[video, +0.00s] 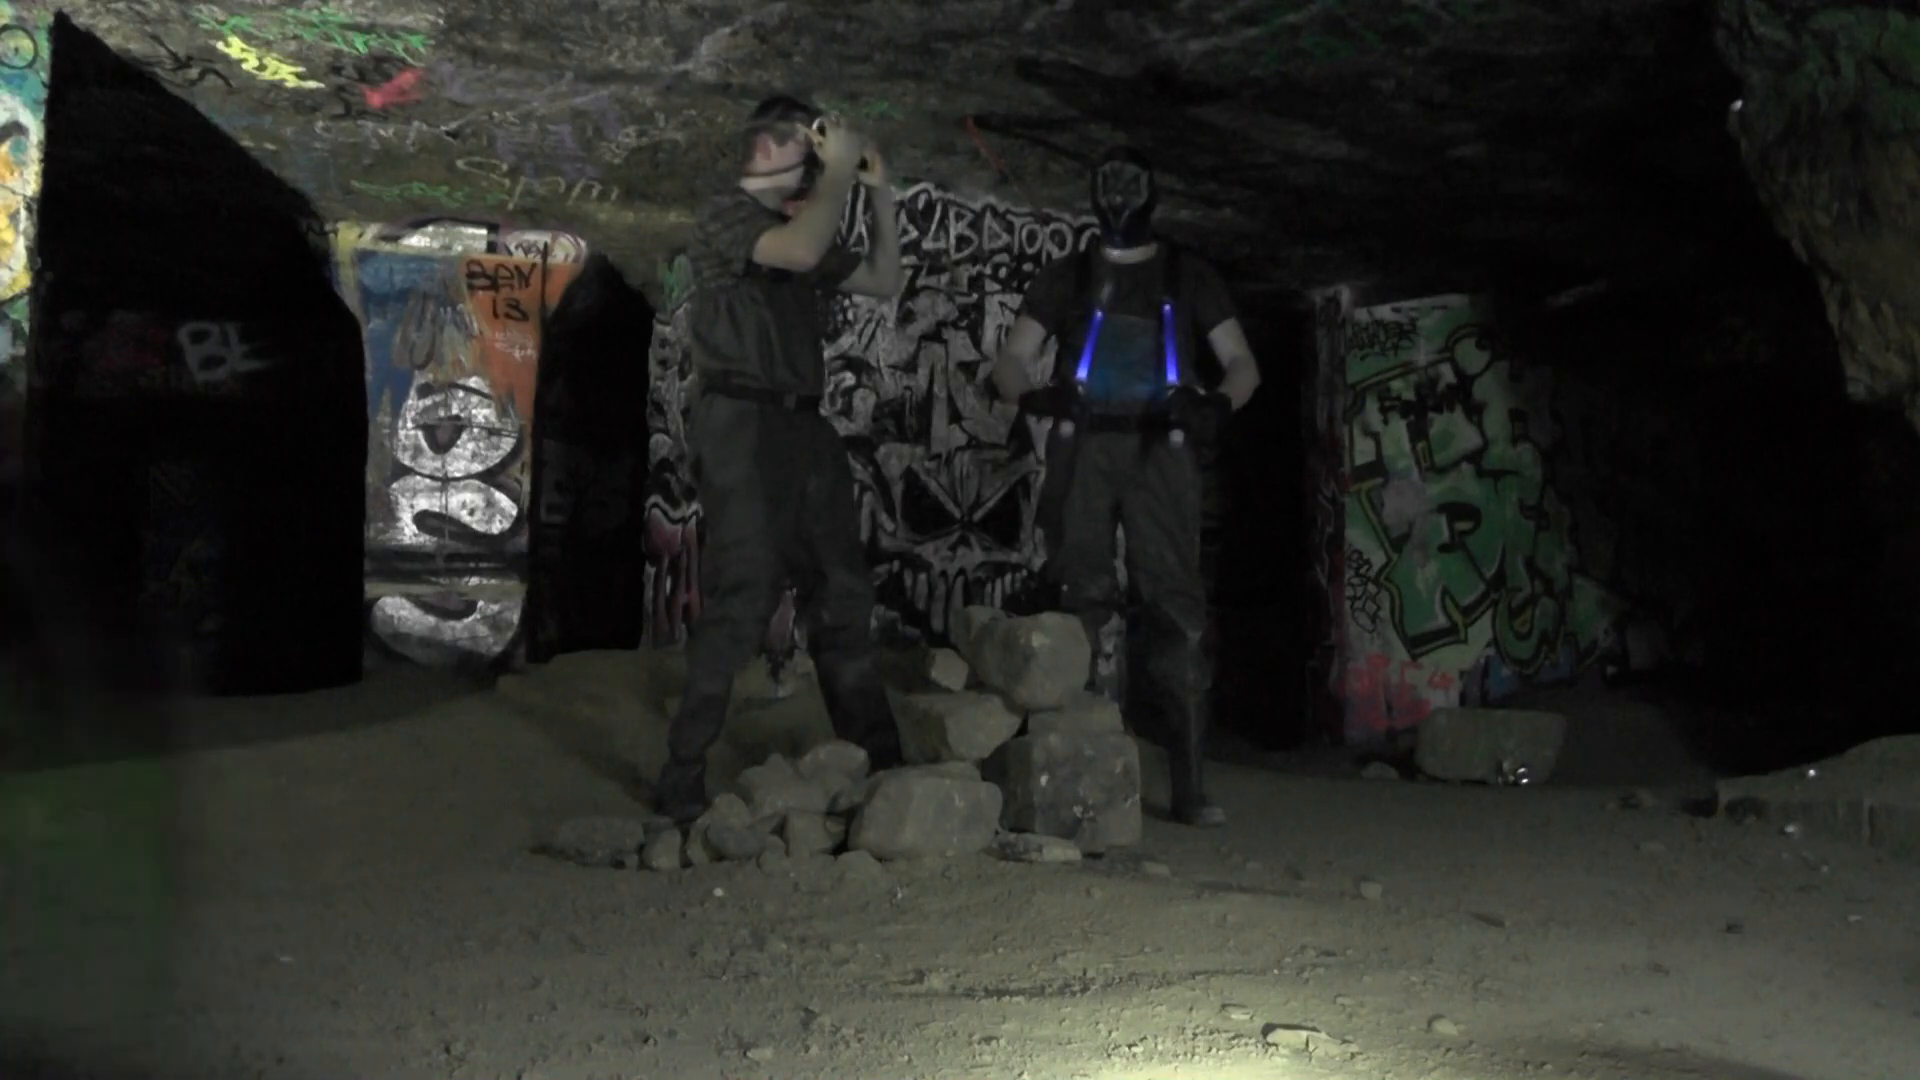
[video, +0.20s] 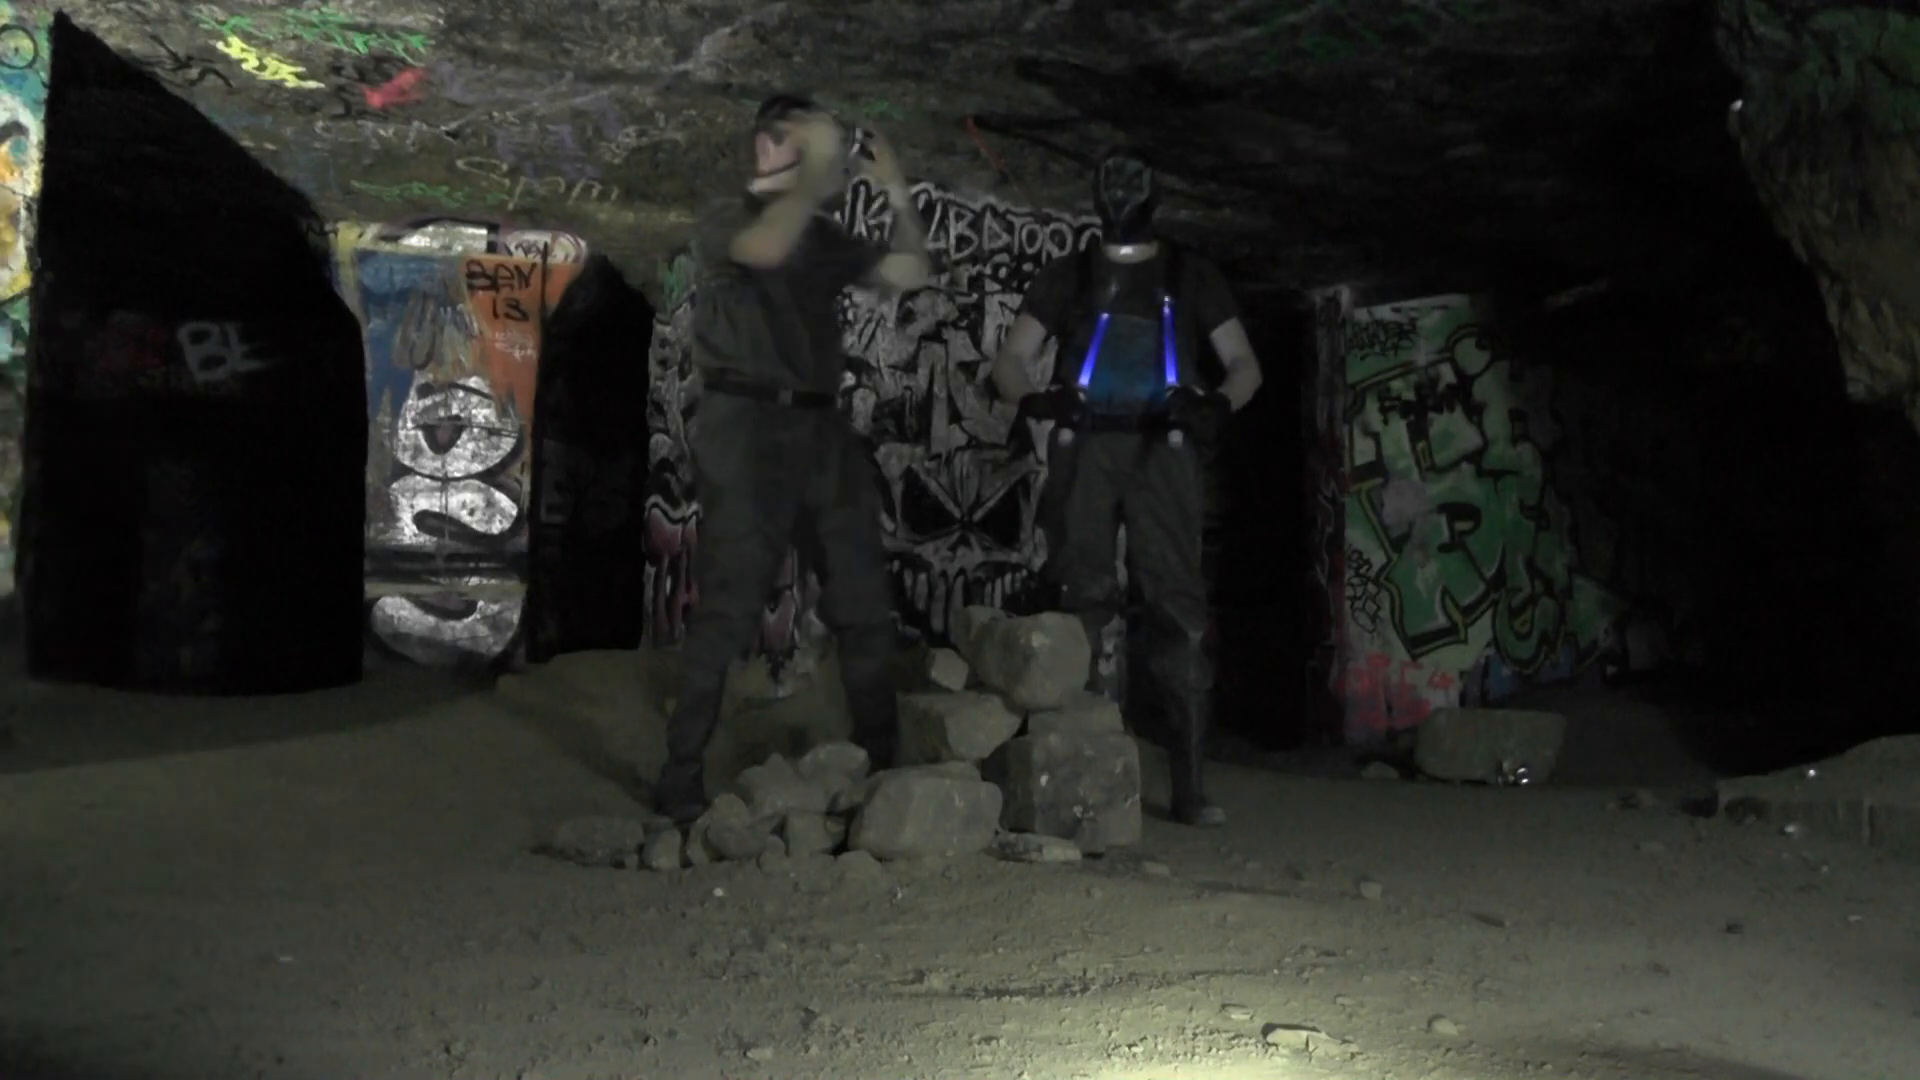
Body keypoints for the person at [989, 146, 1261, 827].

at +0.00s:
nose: (1119, 202)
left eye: (1130, 187)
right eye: (1108, 188)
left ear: (1151, 196)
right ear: (1093, 197)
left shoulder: (1187, 276)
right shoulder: (1065, 276)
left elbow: (1244, 369)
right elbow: (1009, 367)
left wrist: (1212, 407)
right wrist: (1037, 393)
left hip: (1165, 462)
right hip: (1083, 461)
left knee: (1176, 615)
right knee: (1078, 612)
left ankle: (1187, 786)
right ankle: (1072, 782)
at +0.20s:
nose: (1122, 212)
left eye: (1133, 198)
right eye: (1110, 199)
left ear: (1151, 200)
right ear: (1096, 202)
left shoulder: (1191, 277)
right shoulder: (1066, 278)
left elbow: (1246, 370)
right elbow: (1007, 367)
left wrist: (1212, 408)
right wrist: (1036, 397)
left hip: (1168, 464)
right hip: (1084, 464)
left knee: (1178, 615)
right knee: (1083, 614)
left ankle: (1188, 787)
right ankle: (1082, 784)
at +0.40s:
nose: (1121, 198)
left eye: (1133, 184)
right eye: (1110, 185)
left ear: (1154, 193)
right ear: (1096, 194)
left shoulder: (1190, 275)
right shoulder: (1068, 275)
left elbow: (1248, 369)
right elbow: (1008, 363)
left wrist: (1215, 409)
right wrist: (1033, 397)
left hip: (1168, 463)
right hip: (1085, 462)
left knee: (1178, 615)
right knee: (1083, 613)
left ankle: (1188, 788)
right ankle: (1081, 785)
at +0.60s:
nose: (1123, 200)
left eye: (1135, 186)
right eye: (1112, 186)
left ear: (1154, 194)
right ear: (1096, 196)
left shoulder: (1191, 274)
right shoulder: (1069, 274)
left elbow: (1248, 368)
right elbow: (1009, 360)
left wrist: (1215, 407)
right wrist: (1033, 398)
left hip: (1169, 464)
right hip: (1087, 463)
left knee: (1179, 616)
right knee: (1083, 614)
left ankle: (1188, 788)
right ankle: (1081, 785)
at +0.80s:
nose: (1124, 199)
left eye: (1136, 185)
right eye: (1113, 185)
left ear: (1156, 194)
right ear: (1097, 195)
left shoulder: (1191, 275)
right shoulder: (1069, 274)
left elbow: (1250, 367)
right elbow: (1009, 360)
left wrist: (1217, 406)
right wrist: (1032, 398)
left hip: (1170, 463)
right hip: (1088, 462)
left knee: (1180, 615)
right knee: (1085, 612)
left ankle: (1188, 787)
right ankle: (1084, 783)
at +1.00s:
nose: (1125, 200)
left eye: (1137, 186)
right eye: (1114, 186)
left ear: (1157, 195)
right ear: (1099, 195)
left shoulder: (1192, 273)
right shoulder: (1070, 273)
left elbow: (1250, 368)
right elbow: (1007, 362)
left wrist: (1214, 406)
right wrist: (1038, 397)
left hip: (1170, 460)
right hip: (1088, 459)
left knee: (1180, 615)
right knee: (1085, 612)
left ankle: (1187, 788)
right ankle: (1082, 784)